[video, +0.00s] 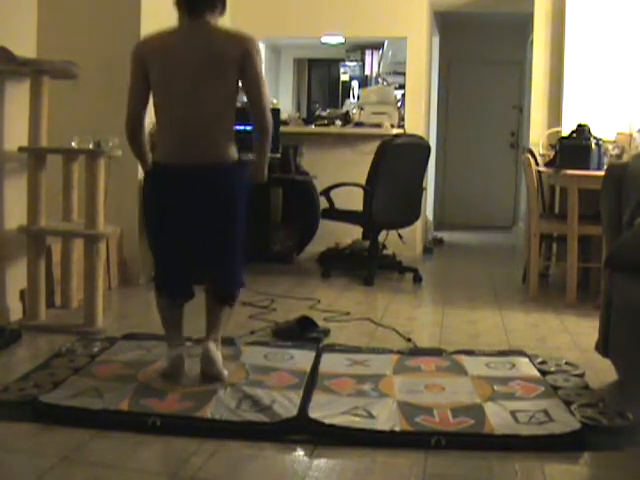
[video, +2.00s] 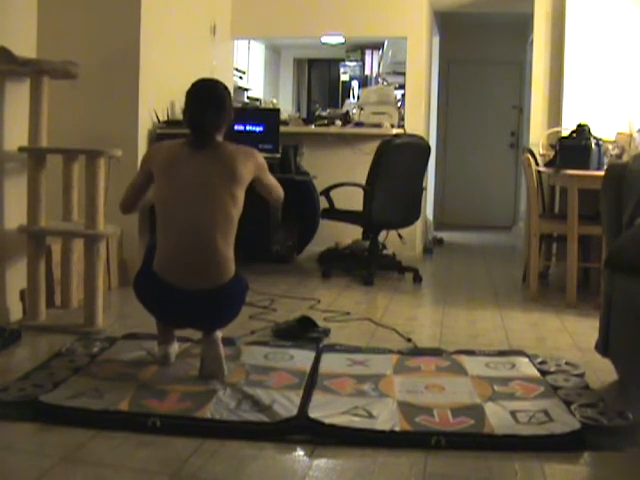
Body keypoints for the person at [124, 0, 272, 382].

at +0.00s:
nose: (221, 11)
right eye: (221, 7)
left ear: (178, 6)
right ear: (220, 6)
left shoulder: (149, 48)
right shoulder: (241, 45)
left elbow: (133, 124)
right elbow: (262, 114)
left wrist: (148, 168)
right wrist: (261, 163)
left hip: (168, 181)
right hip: (221, 180)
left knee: (169, 270)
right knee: (224, 268)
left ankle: (175, 355)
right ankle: (212, 342)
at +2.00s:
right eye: (228, 110)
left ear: (186, 114)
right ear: (228, 118)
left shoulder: (160, 154)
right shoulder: (247, 159)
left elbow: (127, 206)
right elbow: (277, 196)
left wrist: (158, 193)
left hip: (165, 302)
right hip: (218, 305)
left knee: (155, 248)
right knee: (234, 278)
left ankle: (165, 344)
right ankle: (212, 338)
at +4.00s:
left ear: (191, 122)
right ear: (234, 128)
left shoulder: (164, 157)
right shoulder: (251, 165)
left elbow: (125, 208)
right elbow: (282, 216)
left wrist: (156, 181)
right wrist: (260, 175)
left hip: (165, 308)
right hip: (218, 311)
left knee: (155, 242)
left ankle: (165, 345)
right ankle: (211, 342)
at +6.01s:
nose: (205, 134)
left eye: (206, 129)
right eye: (206, 128)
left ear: (159, 120)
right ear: (200, 125)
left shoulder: (129, 144)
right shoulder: (200, 152)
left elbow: (103, 161)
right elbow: (240, 223)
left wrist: (99, 143)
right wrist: (242, 207)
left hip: (124, 297)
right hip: (170, 295)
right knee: (231, 256)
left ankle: (143, 333)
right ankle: (200, 331)